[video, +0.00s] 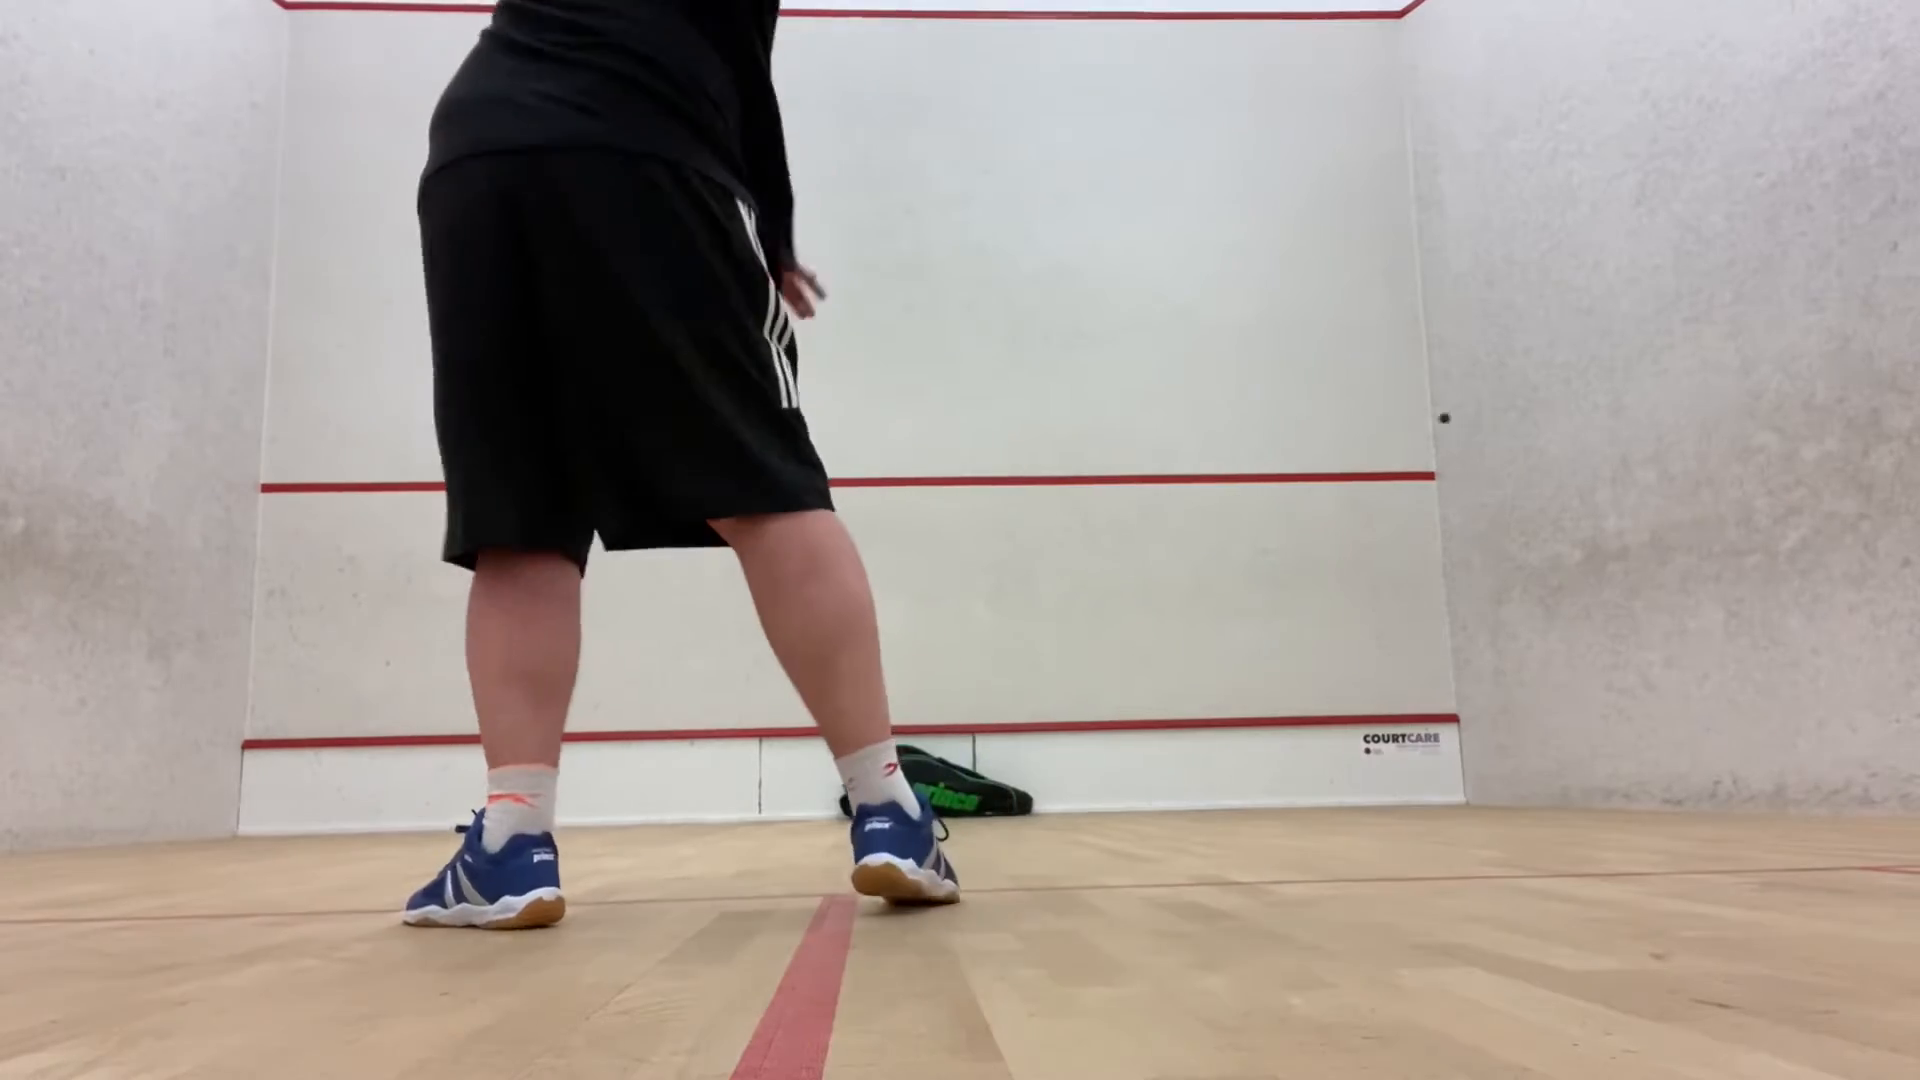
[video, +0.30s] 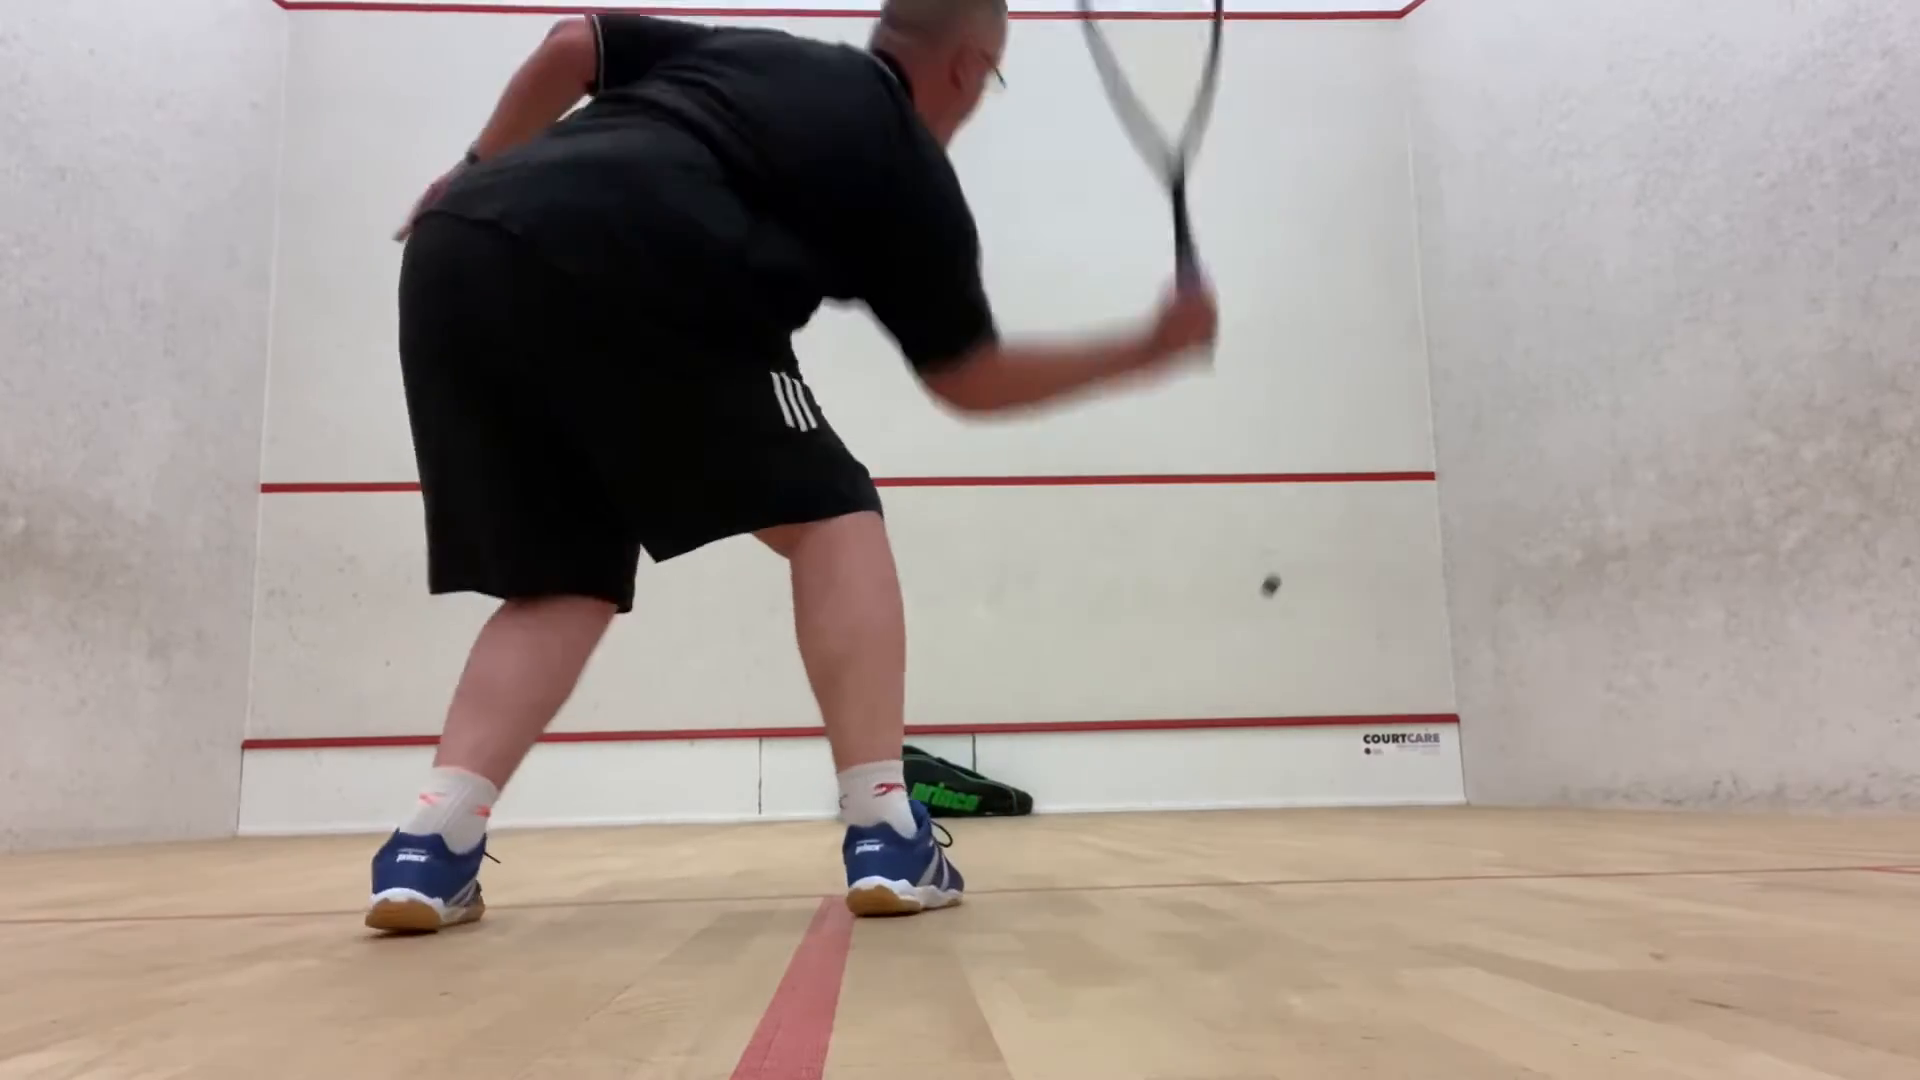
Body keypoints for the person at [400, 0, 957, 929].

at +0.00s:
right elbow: (739, 59)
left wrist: (774, 238)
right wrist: (778, 235)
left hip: (476, 167)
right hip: (649, 166)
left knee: (520, 524)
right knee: (771, 497)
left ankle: (513, 839)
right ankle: (883, 811)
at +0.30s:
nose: (983, 100)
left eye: (987, 78)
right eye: (987, 77)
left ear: (883, 37)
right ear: (956, 67)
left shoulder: (740, 51)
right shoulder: (906, 169)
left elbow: (571, 44)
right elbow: (970, 379)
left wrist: (471, 180)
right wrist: (1150, 345)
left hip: (465, 255)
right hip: (645, 274)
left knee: (571, 570)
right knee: (831, 516)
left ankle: (435, 841)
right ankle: (881, 827)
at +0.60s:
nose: (975, 273)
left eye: (977, 255)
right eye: (981, 262)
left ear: (929, 191)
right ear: (978, 252)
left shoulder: (817, 148)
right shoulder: (940, 292)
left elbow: (669, 83)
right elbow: (824, 405)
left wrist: (544, 124)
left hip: (593, 162)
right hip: (774, 211)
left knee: (562, 521)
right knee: (841, 535)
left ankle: (426, 825)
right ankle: (883, 827)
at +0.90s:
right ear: (863, 2)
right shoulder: (867, 61)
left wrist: (486, 7)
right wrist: (654, 216)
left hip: (704, 210)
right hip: (864, 250)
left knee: (605, 512)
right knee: (830, 552)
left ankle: (566, 790)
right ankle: (880, 798)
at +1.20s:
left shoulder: (634, 21)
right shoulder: (763, 48)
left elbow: (566, 195)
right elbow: (636, 221)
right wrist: (506, 155)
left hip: (678, 348)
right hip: (831, 345)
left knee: (618, 574)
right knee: (810, 583)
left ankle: (593, 829)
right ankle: (914, 769)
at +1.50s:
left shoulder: (581, 41)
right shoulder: (796, 16)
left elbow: (555, 232)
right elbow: (960, 41)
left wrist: (645, 310)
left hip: (625, 344)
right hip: (778, 322)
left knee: (640, 581)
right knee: (883, 533)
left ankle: (597, 827)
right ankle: (965, 740)